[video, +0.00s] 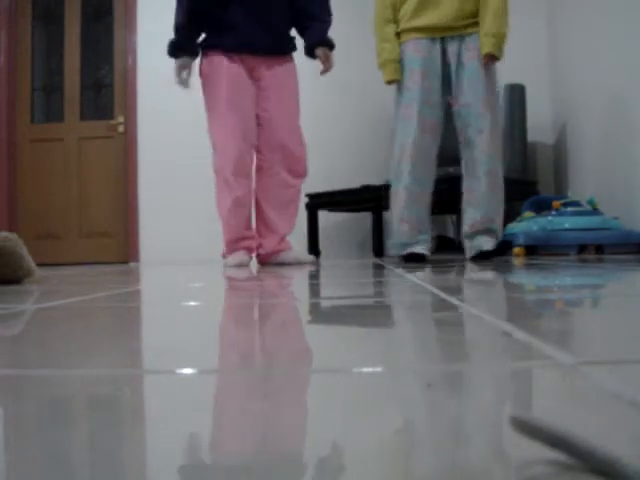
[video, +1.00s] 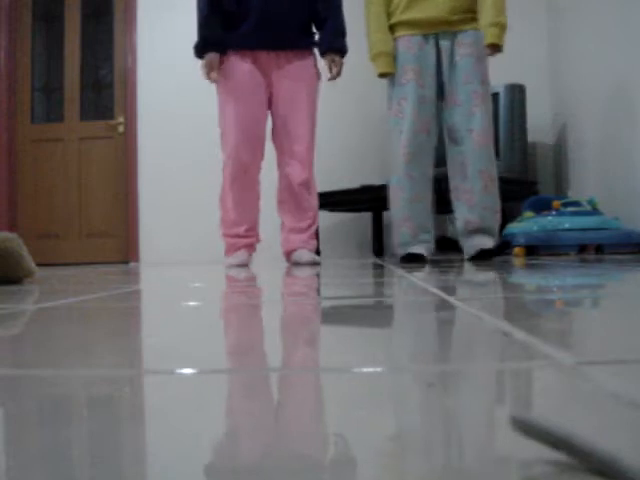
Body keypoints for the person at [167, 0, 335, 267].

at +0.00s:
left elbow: (310, 0)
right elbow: (190, 2)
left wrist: (317, 36)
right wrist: (185, 46)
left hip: (276, 55)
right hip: (223, 54)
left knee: (284, 152)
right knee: (233, 154)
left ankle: (273, 246)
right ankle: (238, 248)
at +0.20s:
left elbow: (306, 4)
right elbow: (190, 3)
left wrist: (310, 51)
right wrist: (196, 15)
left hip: (269, 59)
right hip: (215, 61)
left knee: (265, 155)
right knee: (220, 156)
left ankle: (266, 246)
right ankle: (234, 245)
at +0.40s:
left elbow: (306, 9)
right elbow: (194, 8)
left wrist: (312, 62)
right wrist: (190, 34)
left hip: (272, 60)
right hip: (217, 64)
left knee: (257, 122)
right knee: (215, 160)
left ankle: (270, 212)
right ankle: (238, 245)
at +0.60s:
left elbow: (306, 6)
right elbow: (193, 5)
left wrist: (311, 53)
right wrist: (191, 40)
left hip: (278, 53)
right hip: (221, 59)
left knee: (273, 119)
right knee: (224, 161)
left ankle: (280, 201)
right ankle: (239, 247)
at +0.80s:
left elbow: (318, 2)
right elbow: (198, 3)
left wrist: (323, 46)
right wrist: (191, 49)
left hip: (290, 54)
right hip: (233, 55)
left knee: (294, 158)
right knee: (236, 159)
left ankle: (300, 245)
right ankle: (241, 246)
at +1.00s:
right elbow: (208, 2)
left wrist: (333, 41)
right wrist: (210, 43)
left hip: (296, 54)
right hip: (238, 54)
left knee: (298, 159)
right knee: (240, 157)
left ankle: (300, 245)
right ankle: (239, 245)